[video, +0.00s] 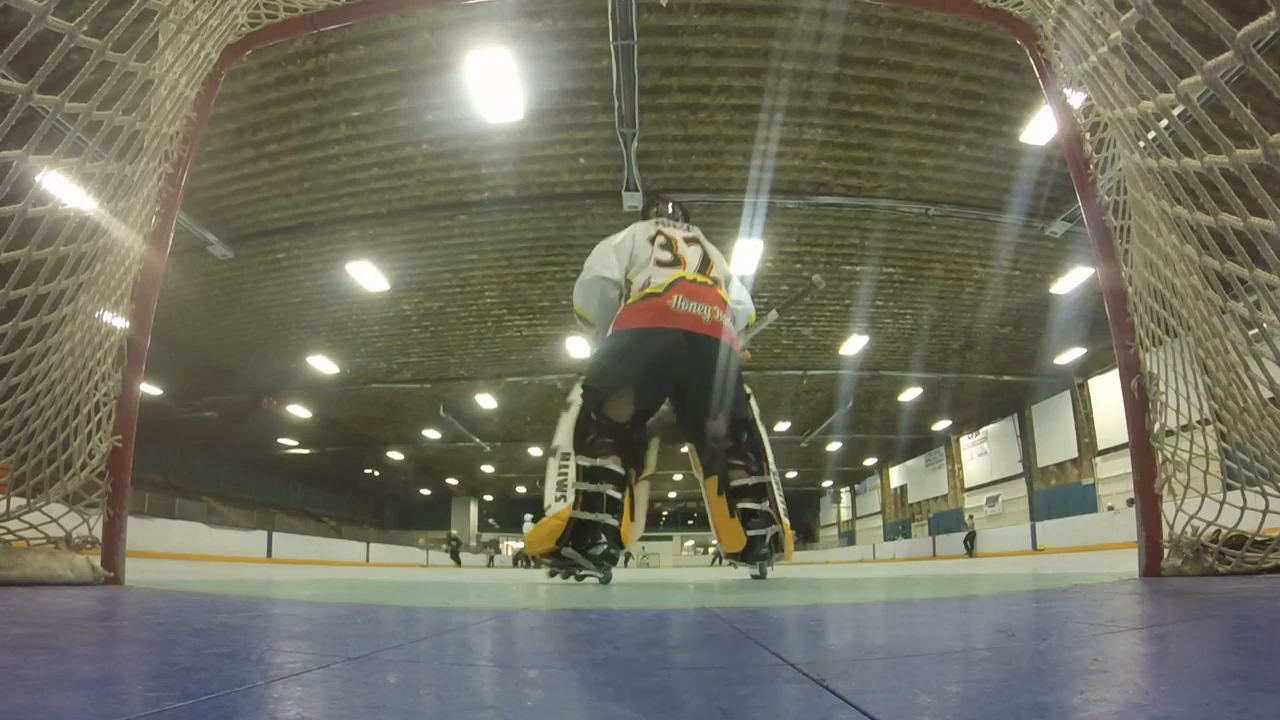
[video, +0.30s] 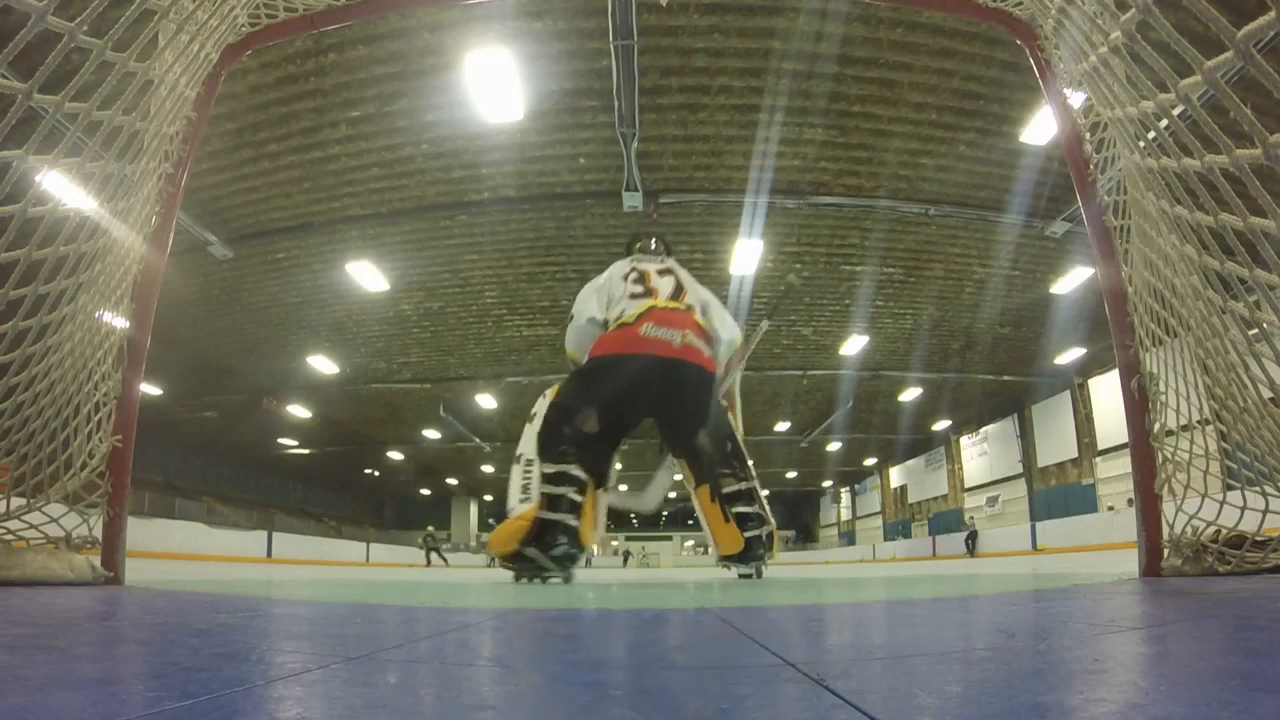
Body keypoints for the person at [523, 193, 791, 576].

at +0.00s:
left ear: (649, 215)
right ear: (685, 221)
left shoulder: (630, 234)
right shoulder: (712, 251)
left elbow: (593, 287)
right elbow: (742, 306)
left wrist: (607, 342)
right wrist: (726, 346)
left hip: (642, 333)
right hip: (713, 342)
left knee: (604, 428)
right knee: (730, 434)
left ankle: (596, 532)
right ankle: (756, 527)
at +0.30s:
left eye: (637, 256)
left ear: (631, 254)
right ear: (671, 256)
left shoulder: (614, 272)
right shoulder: (694, 284)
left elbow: (580, 330)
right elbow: (730, 336)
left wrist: (589, 374)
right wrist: (713, 387)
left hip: (622, 361)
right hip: (691, 371)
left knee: (569, 439)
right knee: (713, 449)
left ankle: (556, 540)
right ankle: (750, 537)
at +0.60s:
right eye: (640, 295)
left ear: (605, 292)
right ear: (644, 294)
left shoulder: (584, 316)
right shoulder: (662, 317)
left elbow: (558, 365)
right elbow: (699, 364)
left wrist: (556, 406)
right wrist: (695, 408)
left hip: (584, 398)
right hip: (655, 404)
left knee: (535, 467)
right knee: (693, 472)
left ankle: (485, 539)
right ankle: (733, 546)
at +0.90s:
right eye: (612, 322)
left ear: (580, 324)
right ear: (615, 324)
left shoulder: (558, 350)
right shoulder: (630, 345)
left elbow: (536, 399)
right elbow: (666, 393)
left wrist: (528, 429)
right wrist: (668, 428)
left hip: (556, 435)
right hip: (621, 432)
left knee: (523, 496)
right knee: (672, 490)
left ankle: (475, 559)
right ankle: (717, 556)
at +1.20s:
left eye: (577, 340)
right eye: (595, 339)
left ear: (567, 342)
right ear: (600, 339)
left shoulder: (548, 369)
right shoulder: (617, 359)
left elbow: (527, 425)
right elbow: (654, 405)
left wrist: (527, 440)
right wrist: (663, 441)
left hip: (559, 447)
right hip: (614, 438)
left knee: (546, 509)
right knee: (663, 494)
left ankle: (498, 563)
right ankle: (710, 556)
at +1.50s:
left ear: (569, 353)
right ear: (600, 350)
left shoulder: (554, 378)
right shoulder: (618, 368)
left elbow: (536, 433)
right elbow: (654, 412)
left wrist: (549, 455)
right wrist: (665, 446)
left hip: (567, 448)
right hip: (623, 442)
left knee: (548, 507)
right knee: (664, 497)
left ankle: (504, 561)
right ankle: (708, 556)